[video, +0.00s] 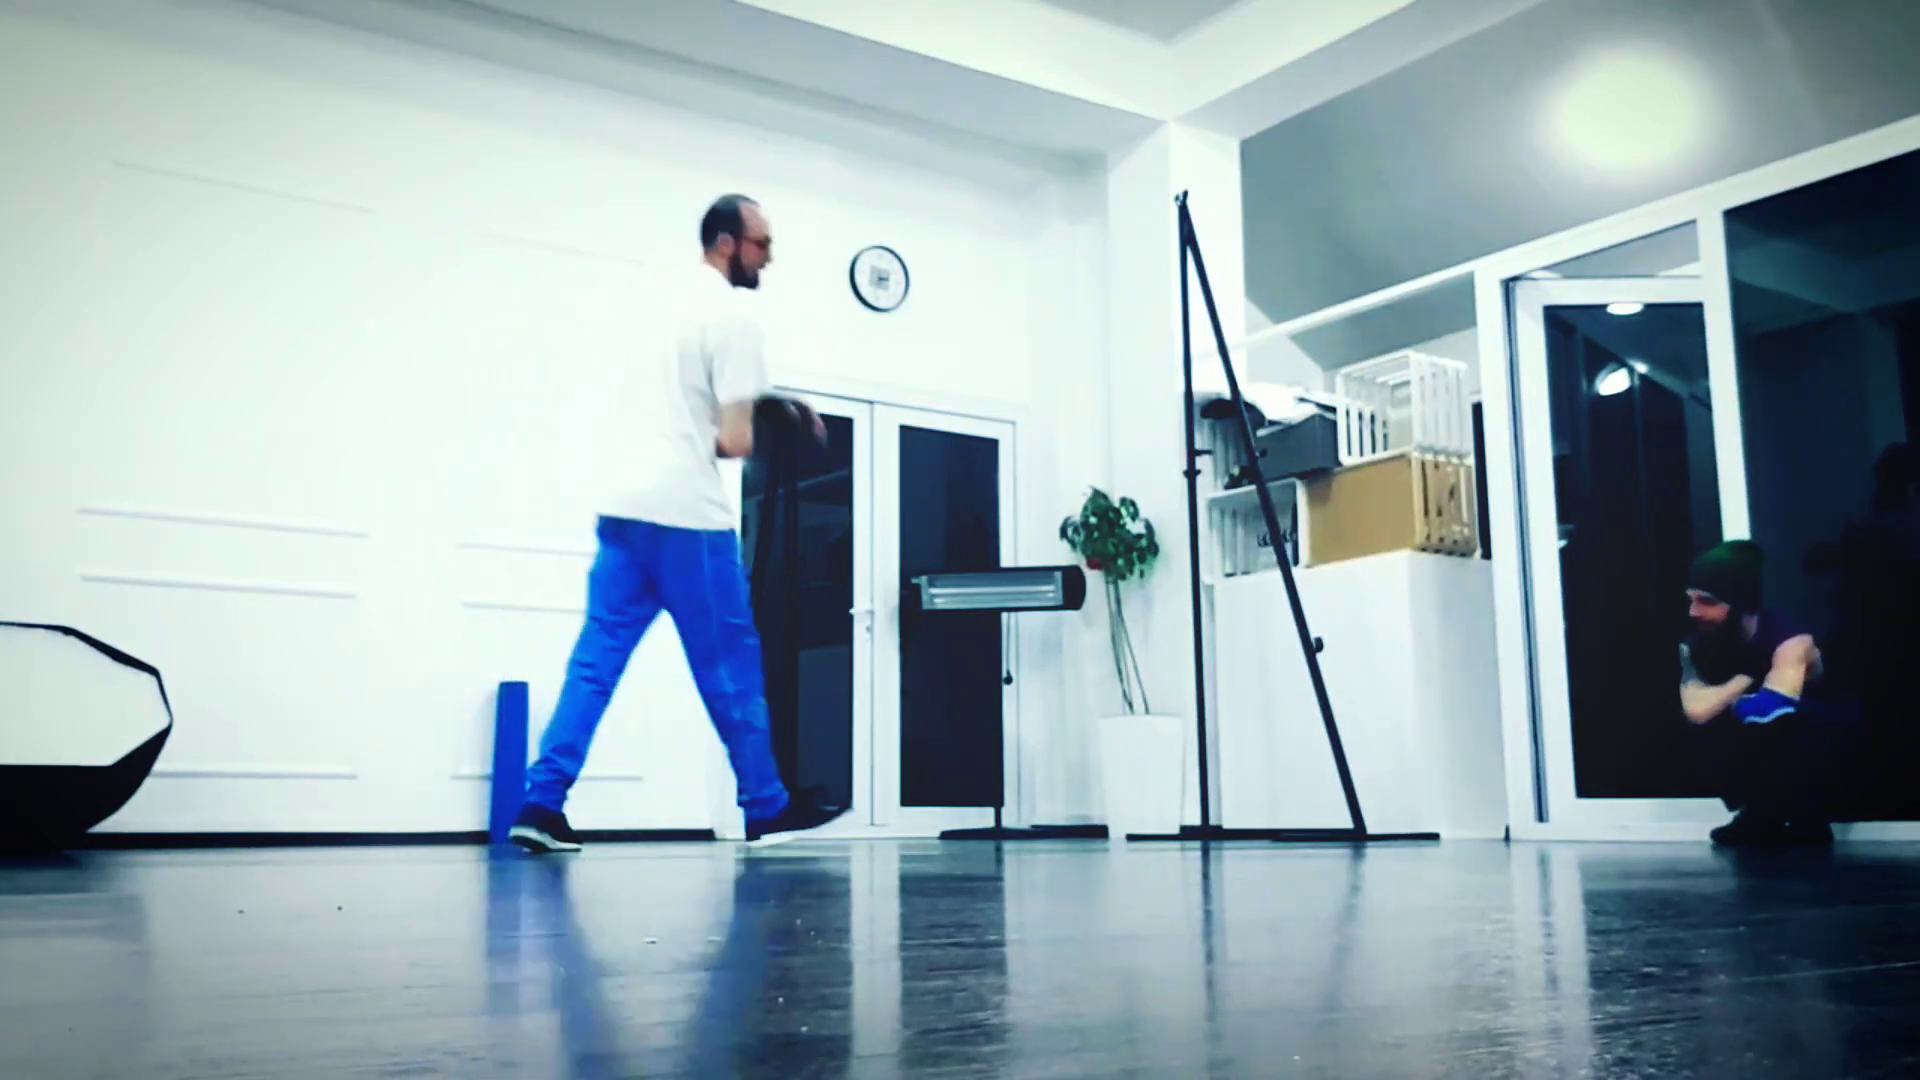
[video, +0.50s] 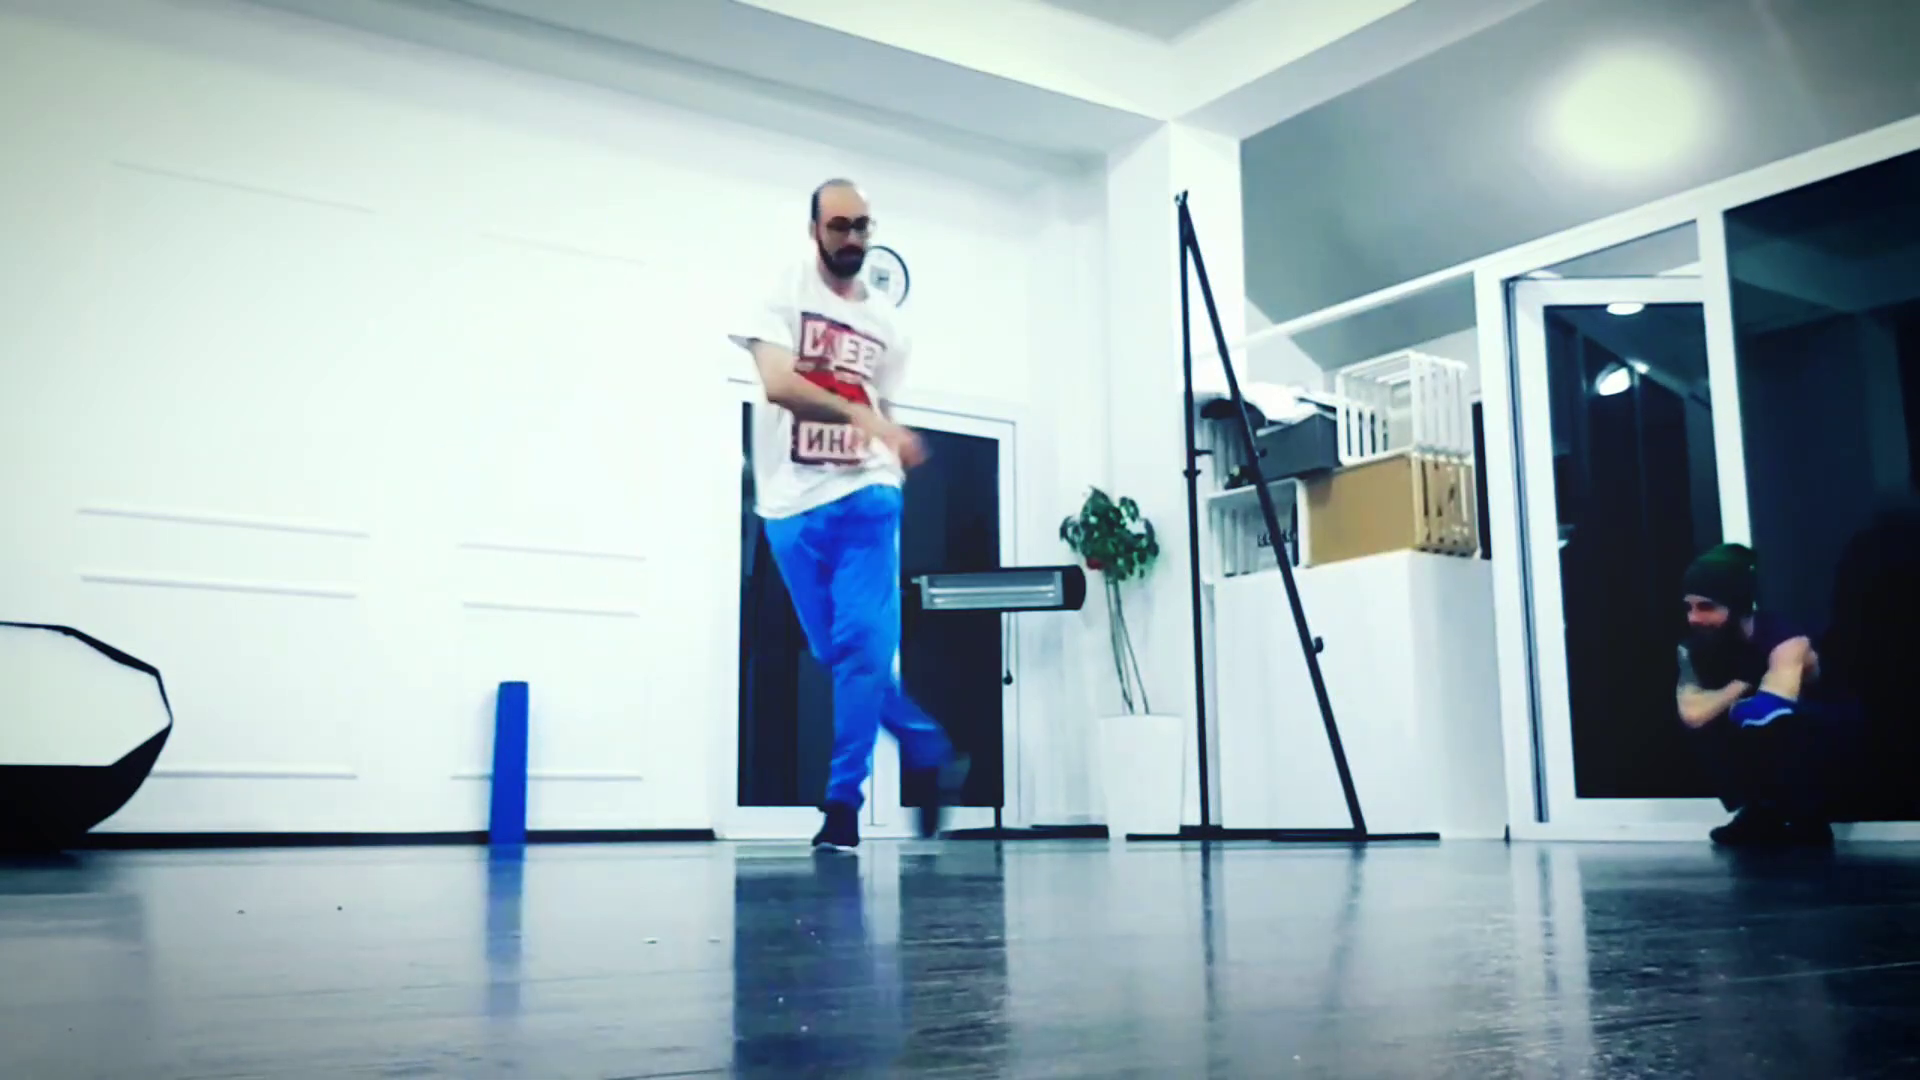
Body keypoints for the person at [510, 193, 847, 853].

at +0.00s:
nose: (768, 258)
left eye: (769, 246)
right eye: (761, 245)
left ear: (715, 244)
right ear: (724, 242)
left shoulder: (661, 296)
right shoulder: (732, 313)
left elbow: (676, 411)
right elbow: (737, 440)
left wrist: (775, 411)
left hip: (624, 502)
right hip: (688, 510)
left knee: (595, 660)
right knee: (730, 663)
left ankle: (542, 806)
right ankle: (768, 807)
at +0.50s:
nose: (851, 238)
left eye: (861, 226)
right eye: (838, 226)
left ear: (872, 230)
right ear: (814, 230)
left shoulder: (888, 326)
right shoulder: (780, 294)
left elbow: (881, 410)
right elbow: (777, 383)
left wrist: (893, 443)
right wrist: (866, 416)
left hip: (865, 493)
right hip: (789, 504)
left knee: (863, 641)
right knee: (834, 649)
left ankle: (843, 803)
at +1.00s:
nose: (912, 269)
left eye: (921, 254)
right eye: (899, 261)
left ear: (947, 258)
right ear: (889, 274)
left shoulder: (1002, 323)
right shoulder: (903, 359)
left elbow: (1081, 405)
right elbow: (915, 456)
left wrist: (1032, 446)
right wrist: (939, 538)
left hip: (1031, 515)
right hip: (964, 536)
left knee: (997, 657)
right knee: (968, 681)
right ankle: (1047, 809)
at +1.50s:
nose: (1084, 197)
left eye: (1096, 185)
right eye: (1071, 187)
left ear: (1116, 193)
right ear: (1051, 200)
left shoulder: (1163, 283)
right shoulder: (1039, 291)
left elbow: (1200, 397)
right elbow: (1009, 395)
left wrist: (1230, 491)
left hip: (1156, 470)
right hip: (1079, 495)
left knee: (1145, 597)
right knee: (1112, 672)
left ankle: (1191, 789)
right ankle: (1211, 764)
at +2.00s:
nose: (1110, 120)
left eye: (1126, 110)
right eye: (1097, 105)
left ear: (1144, 127)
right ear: (1073, 113)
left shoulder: (1132, 224)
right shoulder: (1019, 187)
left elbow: (1140, 357)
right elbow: (876, 252)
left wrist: (1136, 260)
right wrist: (838, 371)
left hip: (1080, 438)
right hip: (1014, 424)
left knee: (1090, 623)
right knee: (1109, 578)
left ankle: (918, 752)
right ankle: (1113, 797)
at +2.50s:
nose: (948, 68)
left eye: (958, 51)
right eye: (928, 58)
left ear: (982, 57)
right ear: (905, 72)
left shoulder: (1029, 177)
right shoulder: (868, 159)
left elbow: (1039, 326)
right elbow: (811, 289)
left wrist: (1020, 260)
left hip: (978, 408)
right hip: (883, 391)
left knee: (984, 604)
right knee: (927, 524)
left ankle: (879, 772)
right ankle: (920, 775)